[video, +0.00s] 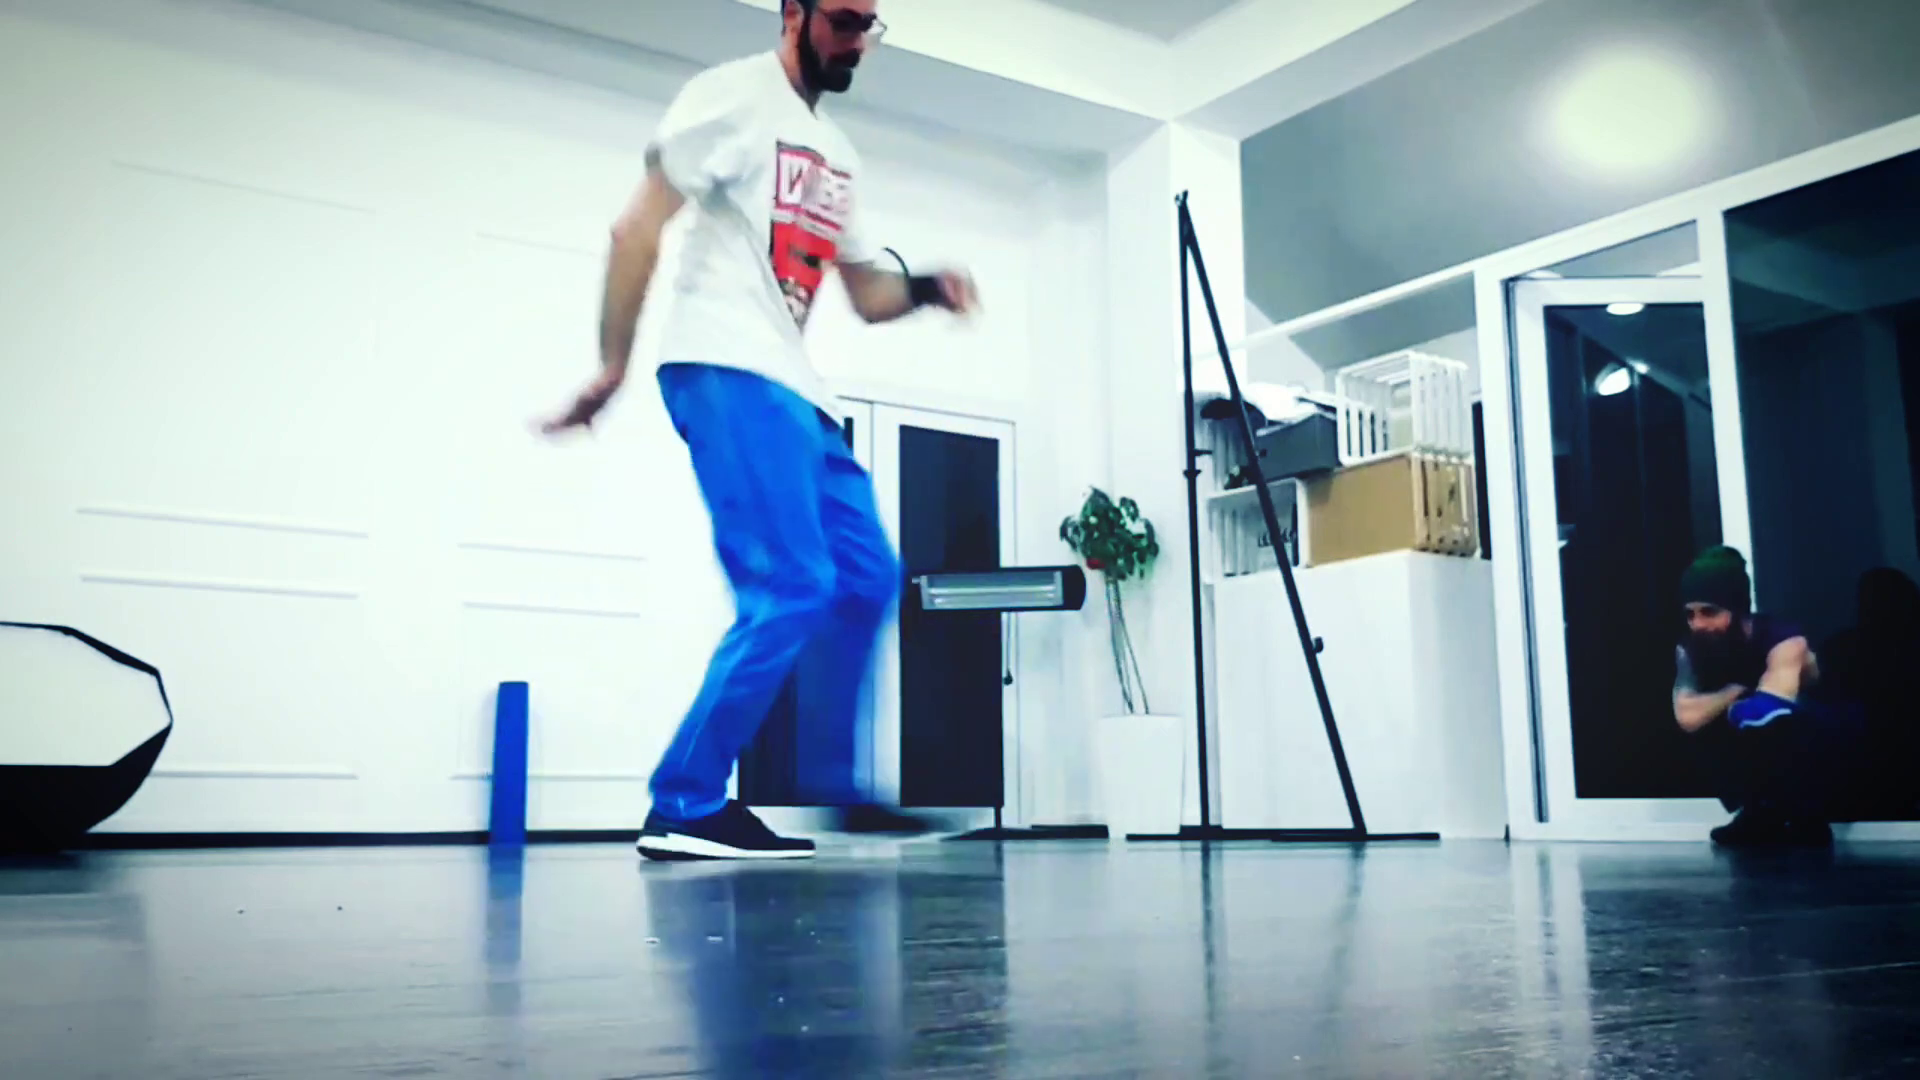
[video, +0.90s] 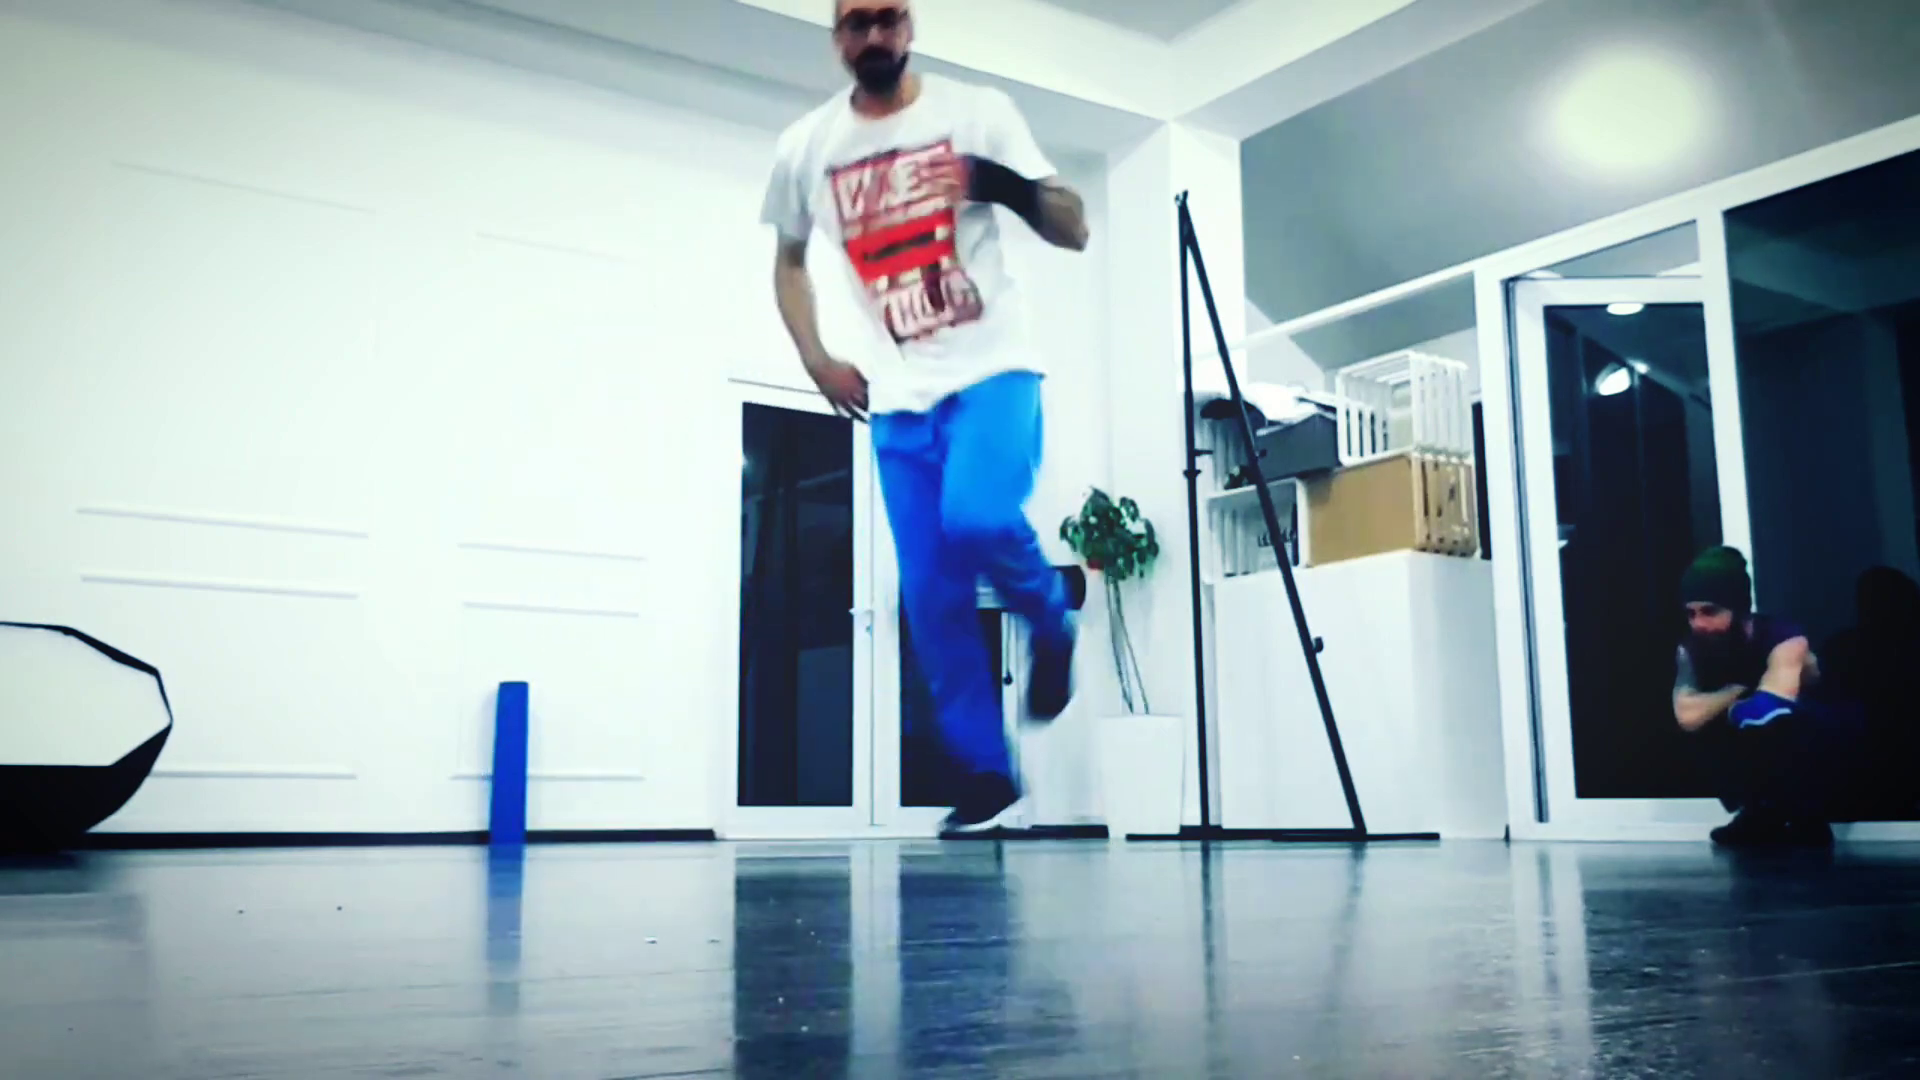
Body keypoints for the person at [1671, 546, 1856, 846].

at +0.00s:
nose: (1697, 625)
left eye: (1708, 613)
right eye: (1690, 614)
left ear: (1738, 610)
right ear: (1685, 615)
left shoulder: (1782, 639)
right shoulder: (1690, 653)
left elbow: (1775, 700)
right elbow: (1687, 716)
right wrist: (1733, 692)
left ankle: (1804, 820)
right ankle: (1756, 813)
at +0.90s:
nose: (1698, 624)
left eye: (1709, 613)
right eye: (1691, 614)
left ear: (1738, 609)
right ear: (1685, 613)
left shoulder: (1781, 637)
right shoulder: (1691, 652)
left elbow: (1776, 701)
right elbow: (1687, 715)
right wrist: (1737, 691)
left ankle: (1805, 820)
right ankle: (1757, 814)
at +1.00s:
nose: (1698, 624)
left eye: (1709, 612)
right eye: (1691, 614)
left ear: (1738, 608)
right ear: (1685, 613)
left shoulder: (1782, 639)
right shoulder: (1690, 652)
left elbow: (1772, 706)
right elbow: (1687, 715)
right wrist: (1738, 690)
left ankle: (1805, 820)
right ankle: (1756, 813)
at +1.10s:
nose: (1698, 624)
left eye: (1709, 612)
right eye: (1691, 613)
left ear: (1738, 608)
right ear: (1685, 613)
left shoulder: (1782, 639)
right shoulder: (1690, 651)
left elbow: (1775, 702)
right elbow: (1687, 715)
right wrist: (1737, 690)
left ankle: (1805, 820)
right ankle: (1756, 813)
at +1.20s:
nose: (1698, 624)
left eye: (1709, 612)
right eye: (1692, 613)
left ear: (1738, 609)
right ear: (1686, 613)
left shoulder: (1782, 639)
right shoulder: (1691, 651)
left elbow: (1773, 706)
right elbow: (1687, 715)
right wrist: (1737, 690)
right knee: (1710, 727)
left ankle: (1805, 820)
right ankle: (1756, 813)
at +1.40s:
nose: (1699, 624)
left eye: (1710, 611)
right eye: (1692, 613)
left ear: (1739, 608)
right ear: (1686, 612)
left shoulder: (1783, 639)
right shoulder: (1691, 651)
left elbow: (1773, 706)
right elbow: (1687, 716)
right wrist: (1737, 690)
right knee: (1708, 726)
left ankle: (1805, 820)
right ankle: (1755, 814)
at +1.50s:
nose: (1699, 623)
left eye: (1710, 611)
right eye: (1692, 612)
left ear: (1738, 607)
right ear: (1685, 611)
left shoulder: (1783, 640)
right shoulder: (1691, 651)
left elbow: (1773, 706)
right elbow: (1687, 715)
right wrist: (1737, 690)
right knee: (1708, 726)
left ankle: (1804, 820)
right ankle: (1756, 813)